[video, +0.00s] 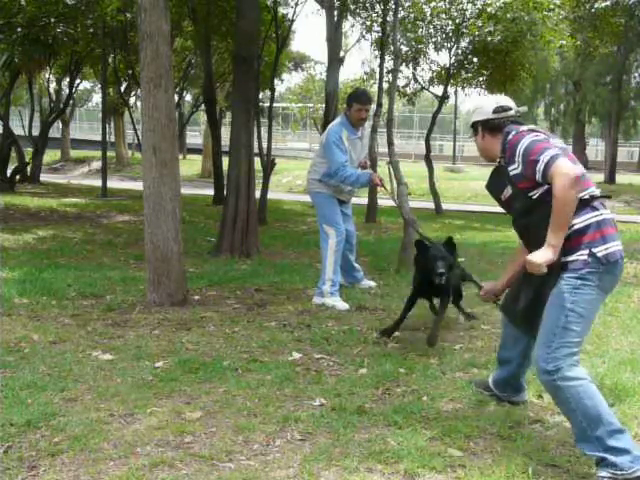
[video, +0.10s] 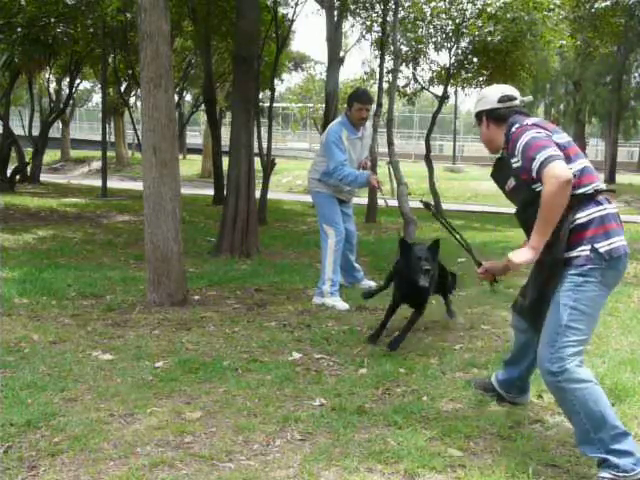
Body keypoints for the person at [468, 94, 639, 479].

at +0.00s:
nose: (475, 144)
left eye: (475, 136)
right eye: (474, 137)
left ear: (485, 132)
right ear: (496, 131)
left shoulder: (523, 140)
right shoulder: (511, 170)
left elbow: (568, 175)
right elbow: (533, 238)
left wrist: (551, 245)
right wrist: (503, 283)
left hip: (590, 255)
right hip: (562, 257)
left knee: (555, 362)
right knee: (518, 307)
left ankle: (621, 461)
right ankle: (507, 385)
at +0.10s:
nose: (480, 136)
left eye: (479, 126)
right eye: (479, 127)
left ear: (490, 121)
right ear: (502, 119)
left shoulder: (525, 132)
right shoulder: (519, 152)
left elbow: (558, 177)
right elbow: (543, 228)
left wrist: (533, 246)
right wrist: (505, 265)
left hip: (593, 249)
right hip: (566, 251)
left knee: (558, 360)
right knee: (527, 317)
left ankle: (622, 461)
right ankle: (511, 385)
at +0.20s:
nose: (482, 130)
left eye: (481, 120)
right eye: (480, 121)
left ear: (494, 114)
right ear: (513, 109)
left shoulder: (524, 132)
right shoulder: (539, 129)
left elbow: (535, 185)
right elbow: (566, 197)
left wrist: (499, 245)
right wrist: (535, 252)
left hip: (589, 248)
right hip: (565, 246)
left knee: (556, 360)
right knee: (522, 312)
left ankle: (622, 461)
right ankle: (510, 384)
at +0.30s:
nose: (481, 127)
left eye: (481, 118)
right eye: (480, 119)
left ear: (493, 114)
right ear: (512, 110)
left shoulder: (517, 135)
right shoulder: (538, 128)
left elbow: (503, 199)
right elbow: (560, 194)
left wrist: (461, 245)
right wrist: (536, 251)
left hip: (578, 251)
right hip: (561, 248)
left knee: (550, 359)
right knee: (515, 307)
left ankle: (620, 461)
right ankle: (505, 383)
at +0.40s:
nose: (478, 128)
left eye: (477, 120)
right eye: (477, 120)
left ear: (490, 115)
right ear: (514, 109)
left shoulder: (509, 136)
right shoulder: (544, 131)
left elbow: (485, 207)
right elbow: (570, 193)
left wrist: (445, 243)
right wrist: (534, 246)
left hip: (565, 248)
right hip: (578, 243)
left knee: (530, 353)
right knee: (510, 305)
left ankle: (611, 452)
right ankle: (506, 384)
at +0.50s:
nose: (480, 131)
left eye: (479, 122)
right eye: (479, 124)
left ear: (490, 116)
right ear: (515, 110)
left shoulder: (504, 138)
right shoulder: (551, 133)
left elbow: (471, 211)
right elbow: (585, 196)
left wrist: (438, 240)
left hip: (560, 246)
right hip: (583, 243)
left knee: (516, 350)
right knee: (509, 302)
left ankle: (588, 450)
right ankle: (506, 384)